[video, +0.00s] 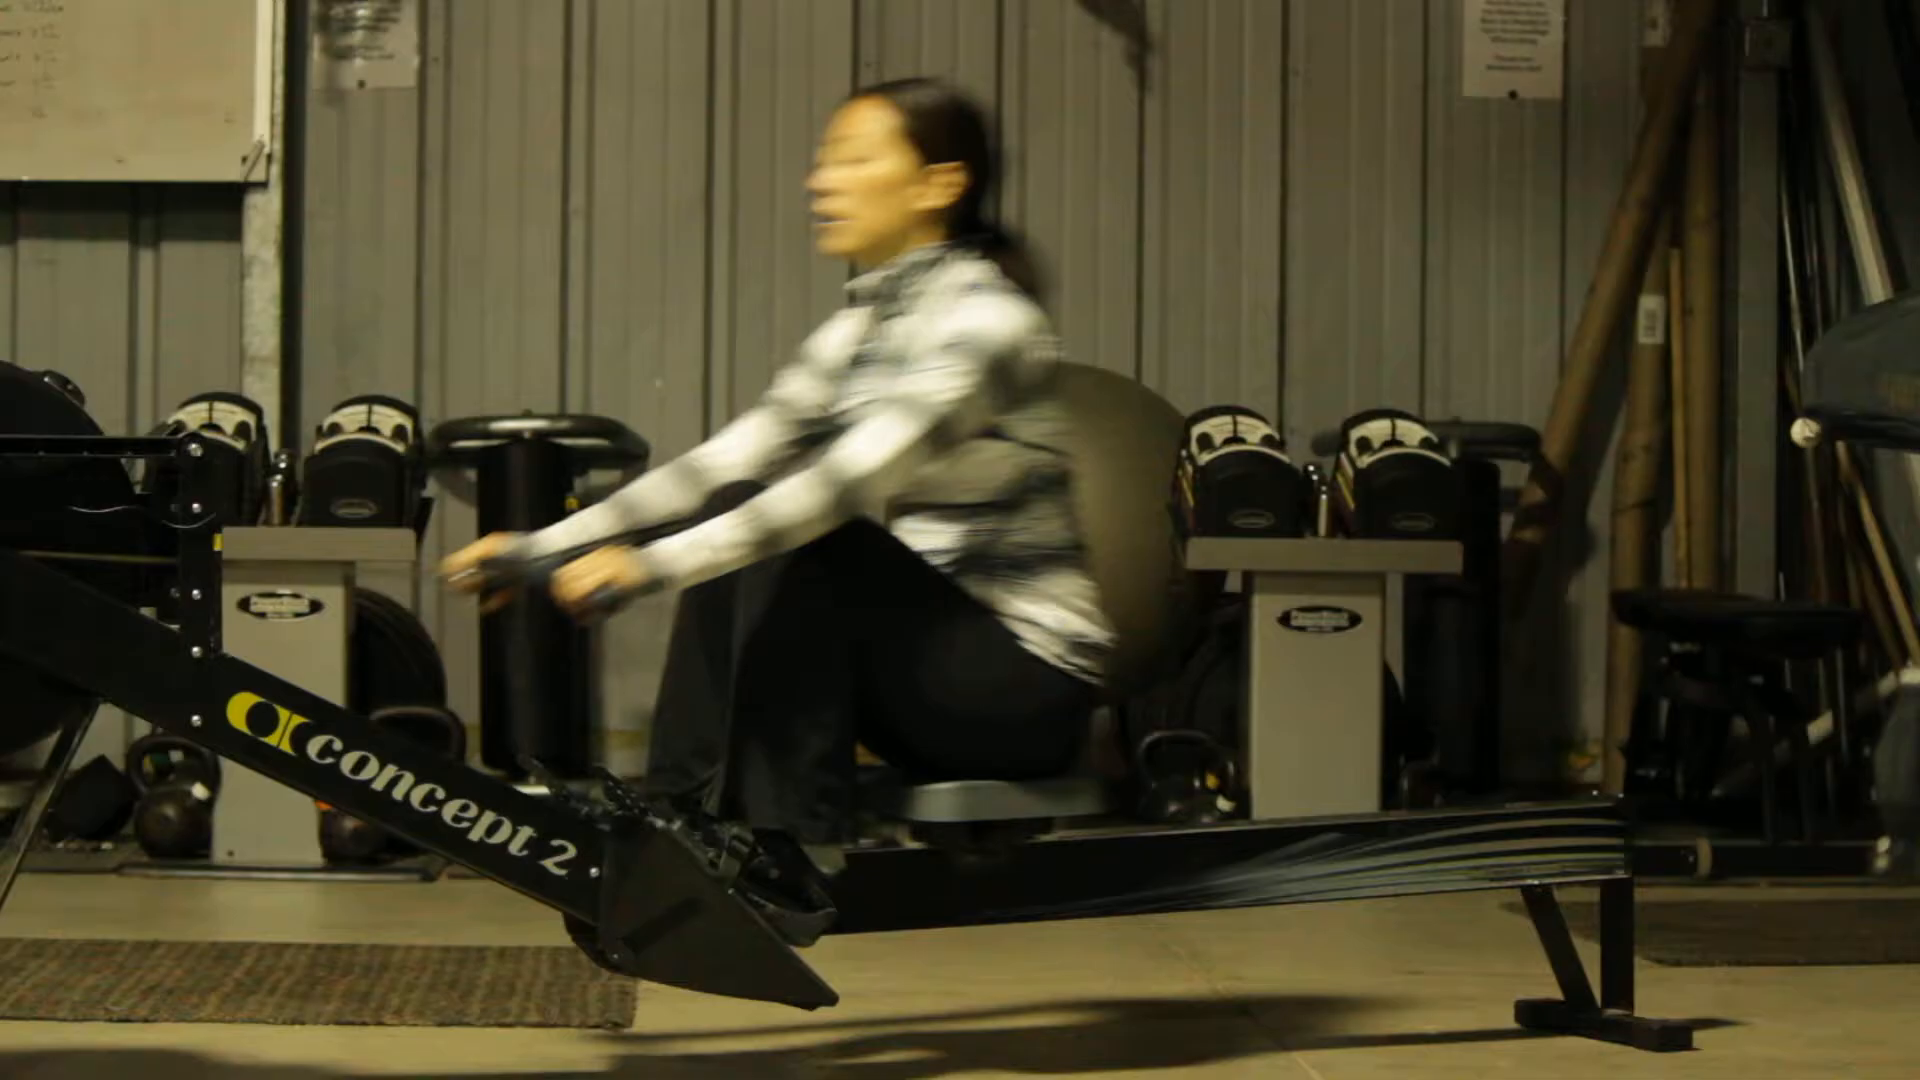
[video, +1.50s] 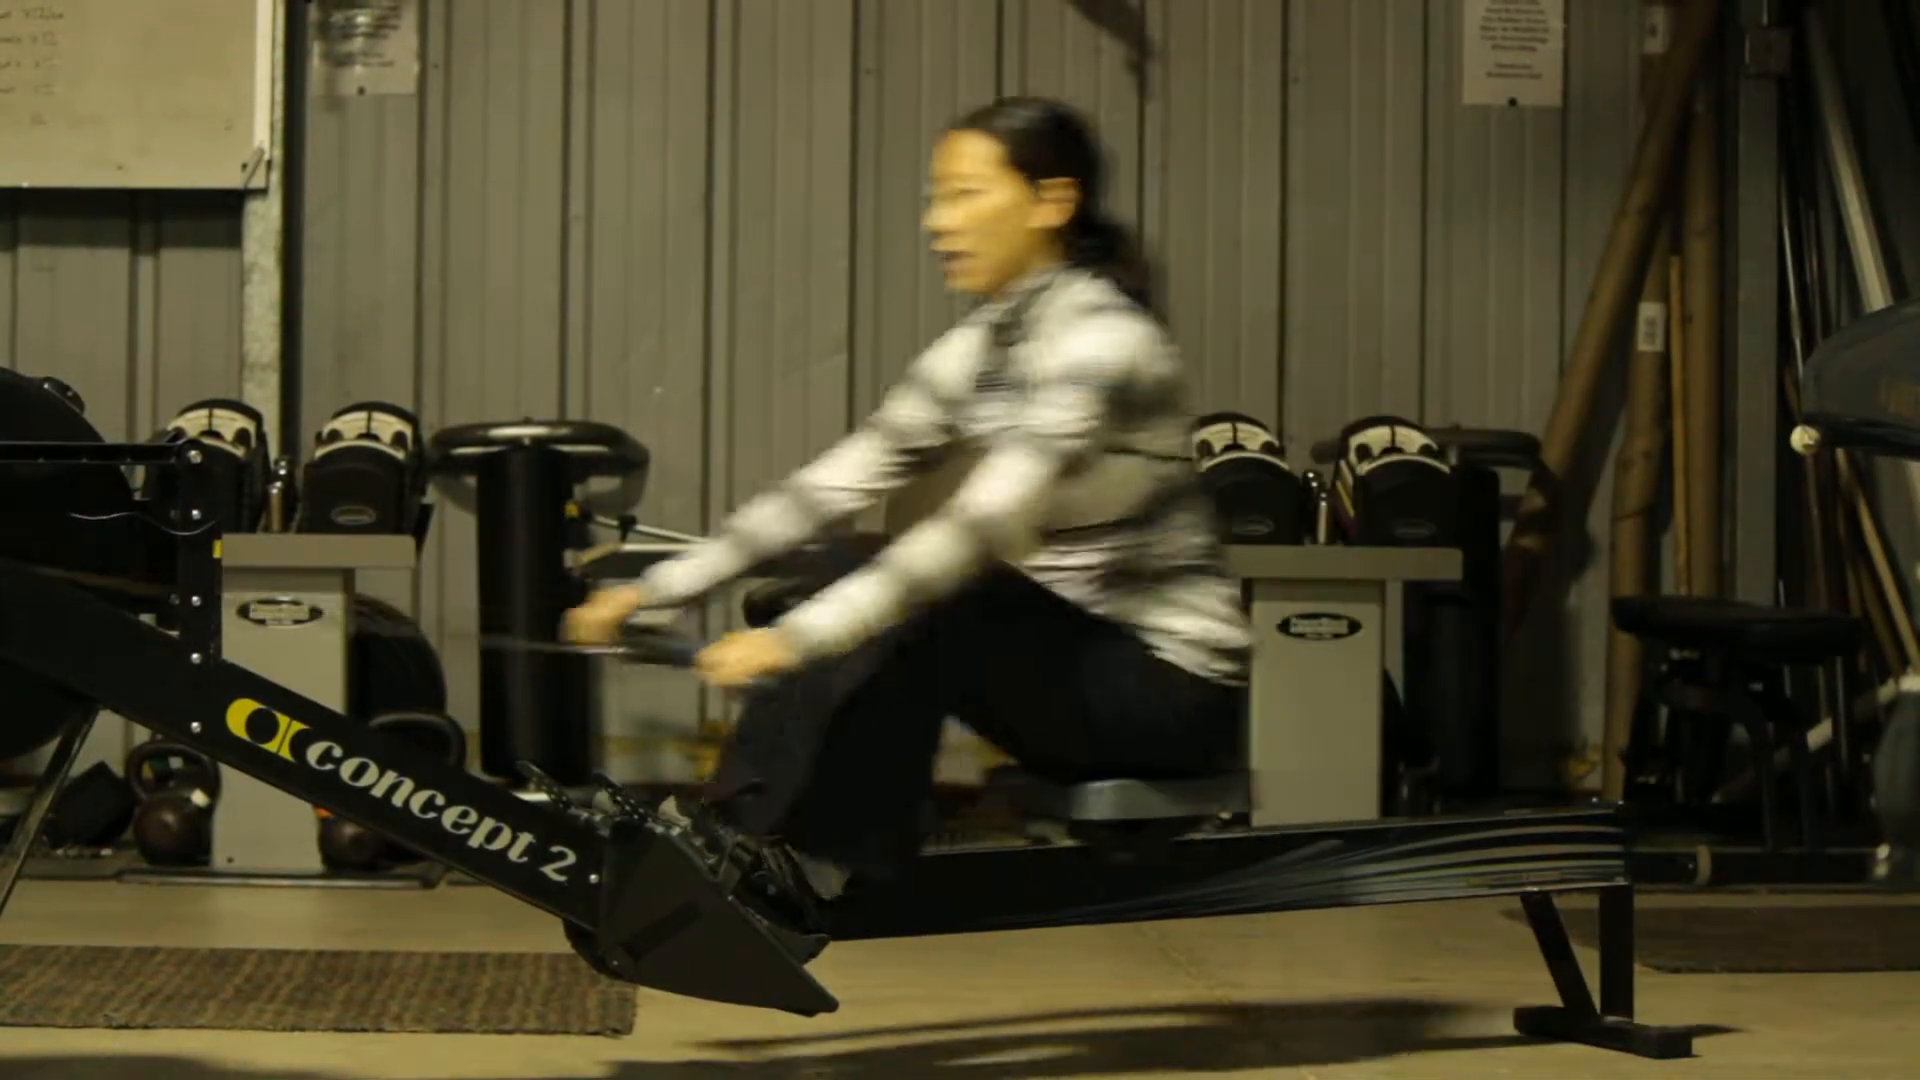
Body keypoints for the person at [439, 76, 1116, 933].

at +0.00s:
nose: (818, 181)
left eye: (850, 157)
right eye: (824, 159)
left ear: (941, 184)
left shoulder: (983, 317)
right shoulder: (866, 319)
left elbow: (838, 486)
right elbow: (736, 456)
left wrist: (651, 563)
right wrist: (543, 546)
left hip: (1028, 688)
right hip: (942, 673)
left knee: (820, 553)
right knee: (735, 546)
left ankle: (781, 853)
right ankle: (679, 823)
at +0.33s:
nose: (1181, 195)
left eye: (1208, 172)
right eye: (1181, 174)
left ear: (1294, 187)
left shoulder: (1304, 321)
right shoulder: (1190, 319)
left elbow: (1133, 411)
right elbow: (1029, 393)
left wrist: (952, 458)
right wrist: (818, 444)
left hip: (1232, 687)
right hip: (1158, 669)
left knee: (955, 587)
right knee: (891, 587)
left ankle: (810, 859)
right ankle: (725, 822)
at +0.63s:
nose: (1381, 245)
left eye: (1403, 224)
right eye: (1378, 226)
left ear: (1483, 229)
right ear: (1388, 237)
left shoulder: (1500, 354)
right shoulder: (1377, 359)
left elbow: (1430, 484)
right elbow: (1257, 465)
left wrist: (1226, 477)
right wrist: (1076, 475)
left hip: (1366, 674)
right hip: (1277, 652)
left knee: (1050, 685)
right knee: (994, 673)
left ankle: (811, 878)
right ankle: (738, 846)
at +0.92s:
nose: (1416, 285)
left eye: (1436, 258)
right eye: (1413, 261)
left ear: (1516, 258)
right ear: (1454, 266)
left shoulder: (1558, 385)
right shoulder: (1437, 388)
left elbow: (1620, 585)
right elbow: (1407, 535)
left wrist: (1470, 520)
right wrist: (1303, 513)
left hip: (1390, 672)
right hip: (1300, 651)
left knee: (1100, 737)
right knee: (1032, 718)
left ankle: (808, 894)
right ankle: (762, 847)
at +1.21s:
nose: (1253, 233)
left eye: (1273, 206)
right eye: (1250, 210)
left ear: (1361, 208)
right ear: (1333, 212)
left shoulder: (1421, 339)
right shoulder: (1291, 341)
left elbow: (1429, 539)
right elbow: (1244, 504)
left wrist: (1241, 529)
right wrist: (1092, 513)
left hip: (1362, 672)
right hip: (1259, 652)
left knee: (1057, 679)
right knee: (1010, 665)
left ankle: (824, 882)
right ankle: (777, 840)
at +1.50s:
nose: (936, 223)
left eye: (963, 196)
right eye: (936, 200)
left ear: (1055, 202)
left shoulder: (1105, 340)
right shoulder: (979, 344)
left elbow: (984, 525)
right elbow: (840, 484)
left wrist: (798, 636)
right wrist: (651, 591)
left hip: (1171, 689)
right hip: (1071, 673)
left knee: (924, 613)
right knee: (829, 581)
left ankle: (842, 873)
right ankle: (743, 833)